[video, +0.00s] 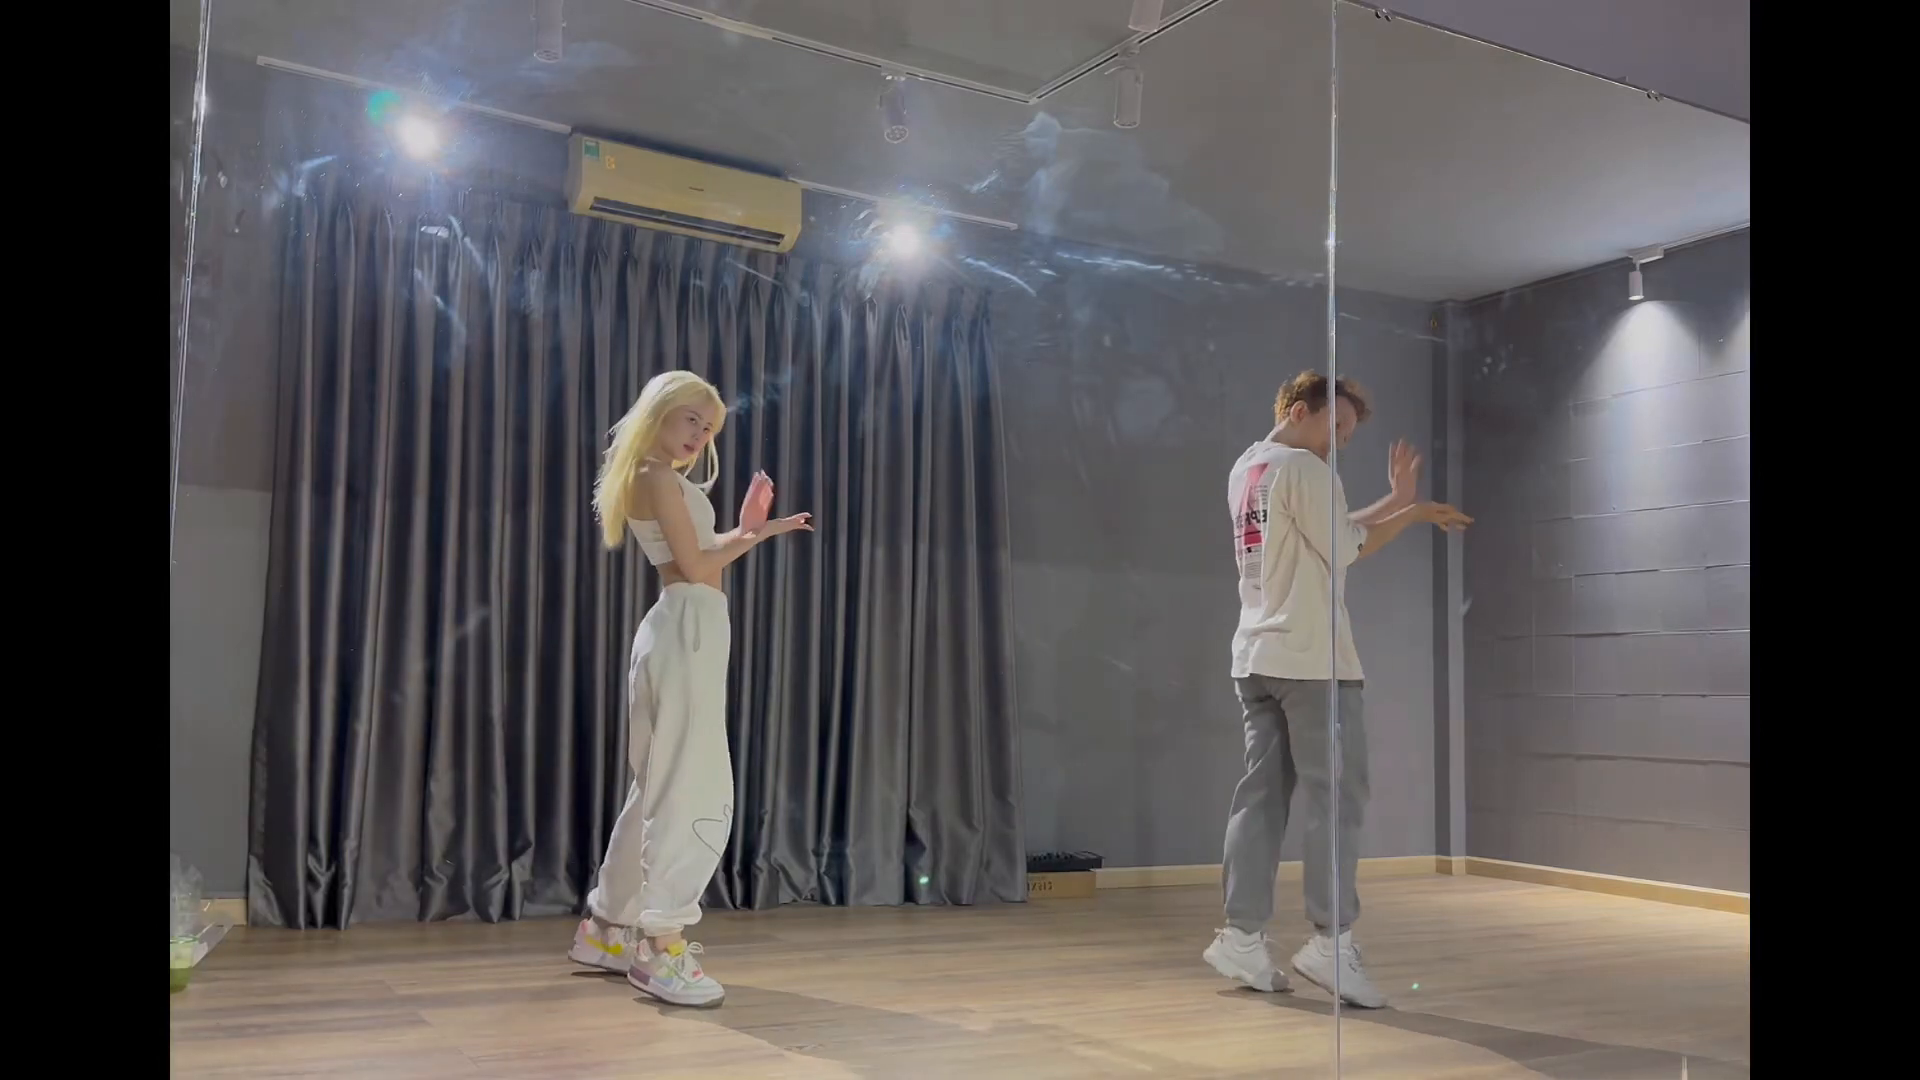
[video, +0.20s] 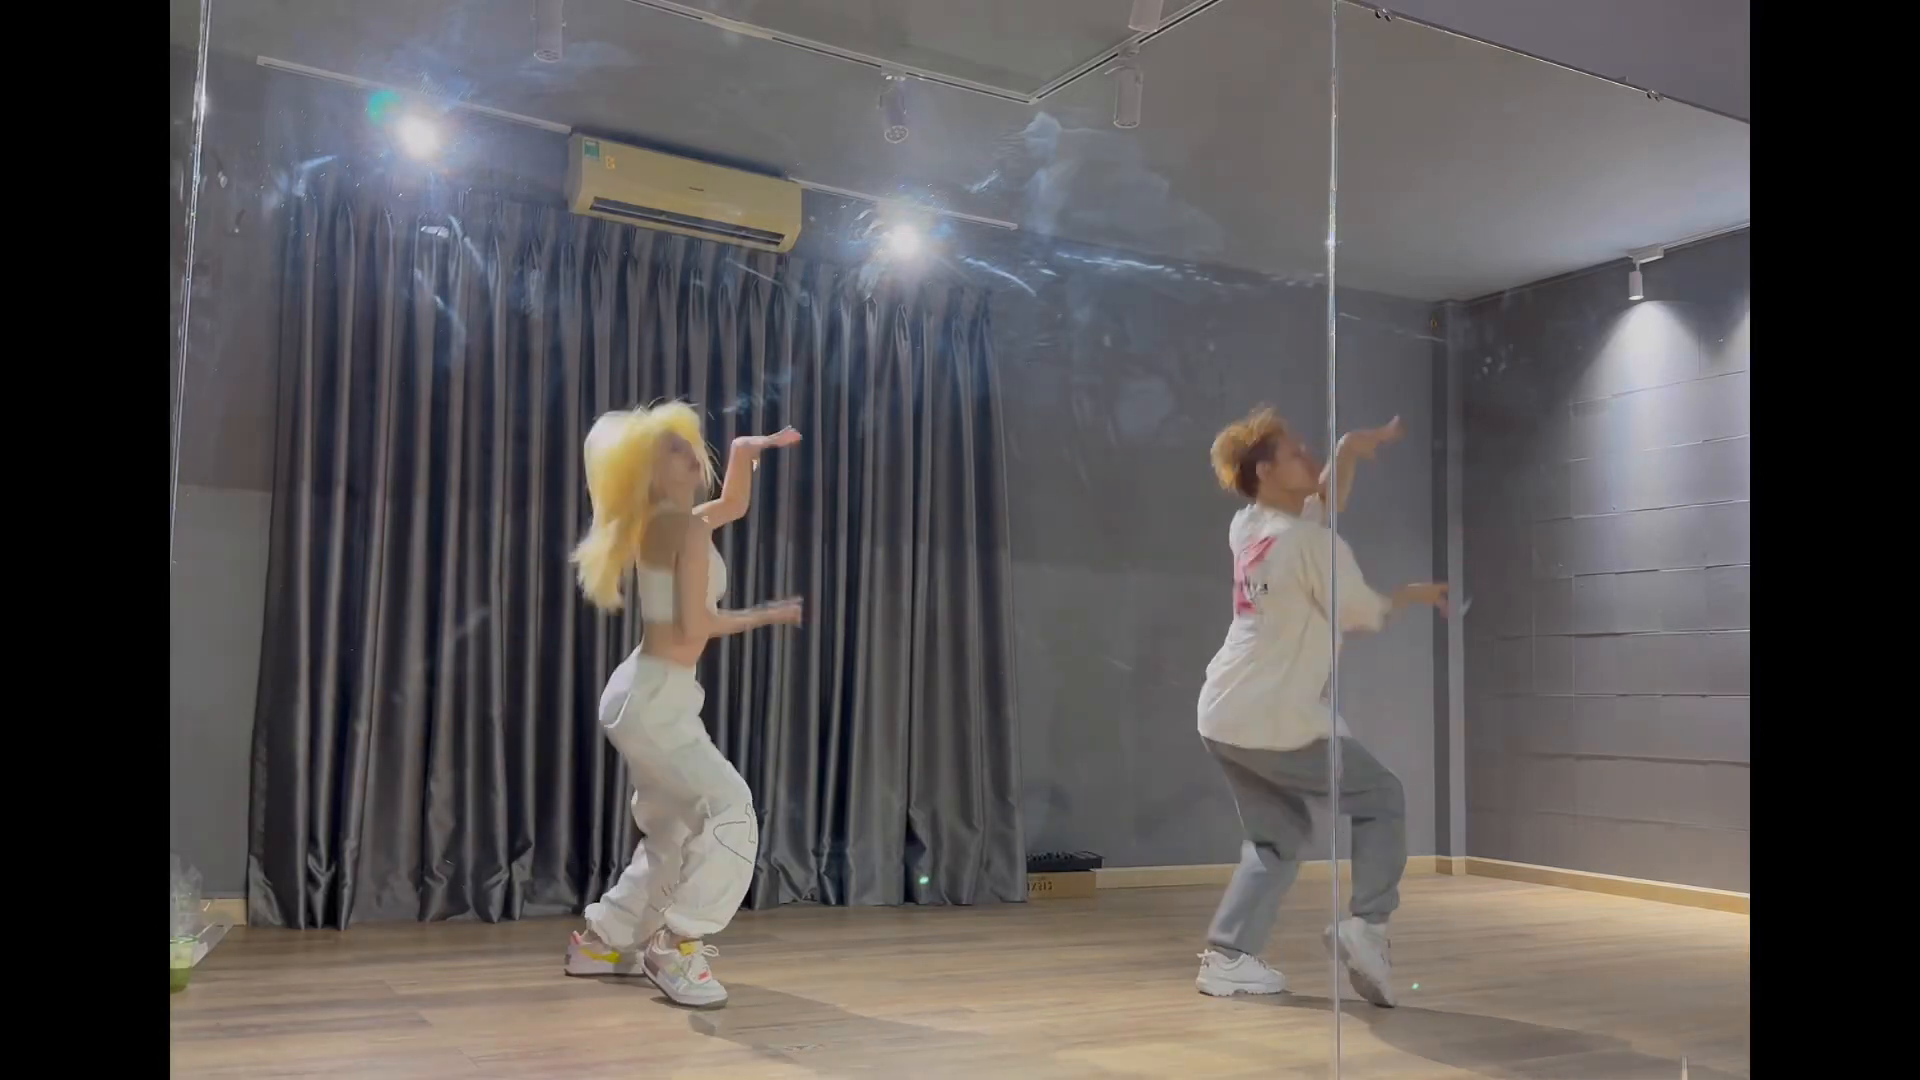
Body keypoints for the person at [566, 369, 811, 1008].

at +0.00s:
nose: (700, 434)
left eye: (708, 428)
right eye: (692, 419)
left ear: (704, 434)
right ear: (659, 415)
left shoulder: (656, 480)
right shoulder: (660, 479)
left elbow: (695, 563)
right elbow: (694, 566)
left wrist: (744, 530)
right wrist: (759, 534)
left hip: (669, 636)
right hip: (686, 639)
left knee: (657, 789)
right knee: (692, 792)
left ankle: (603, 929)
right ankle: (663, 948)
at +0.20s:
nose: (693, 457)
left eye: (691, 447)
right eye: (675, 450)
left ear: (695, 461)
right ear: (649, 473)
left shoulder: (657, 520)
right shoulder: (683, 527)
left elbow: (732, 503)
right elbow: (698, 625)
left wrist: (743, 449)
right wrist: (769, 615)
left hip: (634, 698)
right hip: (658, 705)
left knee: (674, 833)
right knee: (734, 812)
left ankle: (605, 939)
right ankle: (678, 946)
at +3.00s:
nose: (697, 438)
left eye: (706, 427)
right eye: (685, 427)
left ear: (717, 429)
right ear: (659, 429)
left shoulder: (720, 470)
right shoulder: (635, 495)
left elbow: (719, 541)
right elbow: (626, 561)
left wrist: (678, 601)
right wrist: (571, 506)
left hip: (710, 650)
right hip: (641, 647)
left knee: (706, 805)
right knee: (625, 798)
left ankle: (719, 949)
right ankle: (642, 949)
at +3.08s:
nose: (701, 430)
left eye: (712, 421)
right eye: (689, 419)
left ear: (723, 428)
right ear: (664, 424)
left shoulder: (728, 464)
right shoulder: (639, 491)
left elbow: (779, 518)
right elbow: (649, 587)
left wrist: (734, 576)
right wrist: (609, 529)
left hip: (721, 655)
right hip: (649, 653)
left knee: (729, 804)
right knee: (626, 800)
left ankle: (766, 921)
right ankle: (639, 943)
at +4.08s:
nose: (754, 468)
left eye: (762, 460)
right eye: (741, 459)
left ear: (771, 473)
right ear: (715, 470)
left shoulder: (767, 538)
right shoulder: (690, 509)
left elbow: (780, 599)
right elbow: (677, 590)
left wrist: (804, 527)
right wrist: (753, 618)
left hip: (765, 695)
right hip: (690, 697)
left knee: (786, 828)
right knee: (598, 800)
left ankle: (786, 943)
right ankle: (636, 942)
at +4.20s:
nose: (751, 451)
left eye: (759, 442)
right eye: (738, 442)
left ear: (770, 451)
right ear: (714, 450)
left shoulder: (771, 506)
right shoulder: (685, 490)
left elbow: (780, 577)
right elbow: (675, 570)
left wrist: (799, 512)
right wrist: (750, 600)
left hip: (760, 677)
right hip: (685, 678)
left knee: (773, 810)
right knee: (603, 798)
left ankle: (786, 941)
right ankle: (637, 942)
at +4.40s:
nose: (741, 475)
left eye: (748, 465)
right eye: (728, 465)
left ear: (758, 474)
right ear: (706, 471)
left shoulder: (751, 530)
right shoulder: (684, 506)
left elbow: (786, 583)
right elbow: (672, 584)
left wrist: (811, 537)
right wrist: (745, 623)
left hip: (759, 691)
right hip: (687, 697)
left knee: (790, 818)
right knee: (618, 811)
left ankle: (787, 945)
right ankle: (646, 951)